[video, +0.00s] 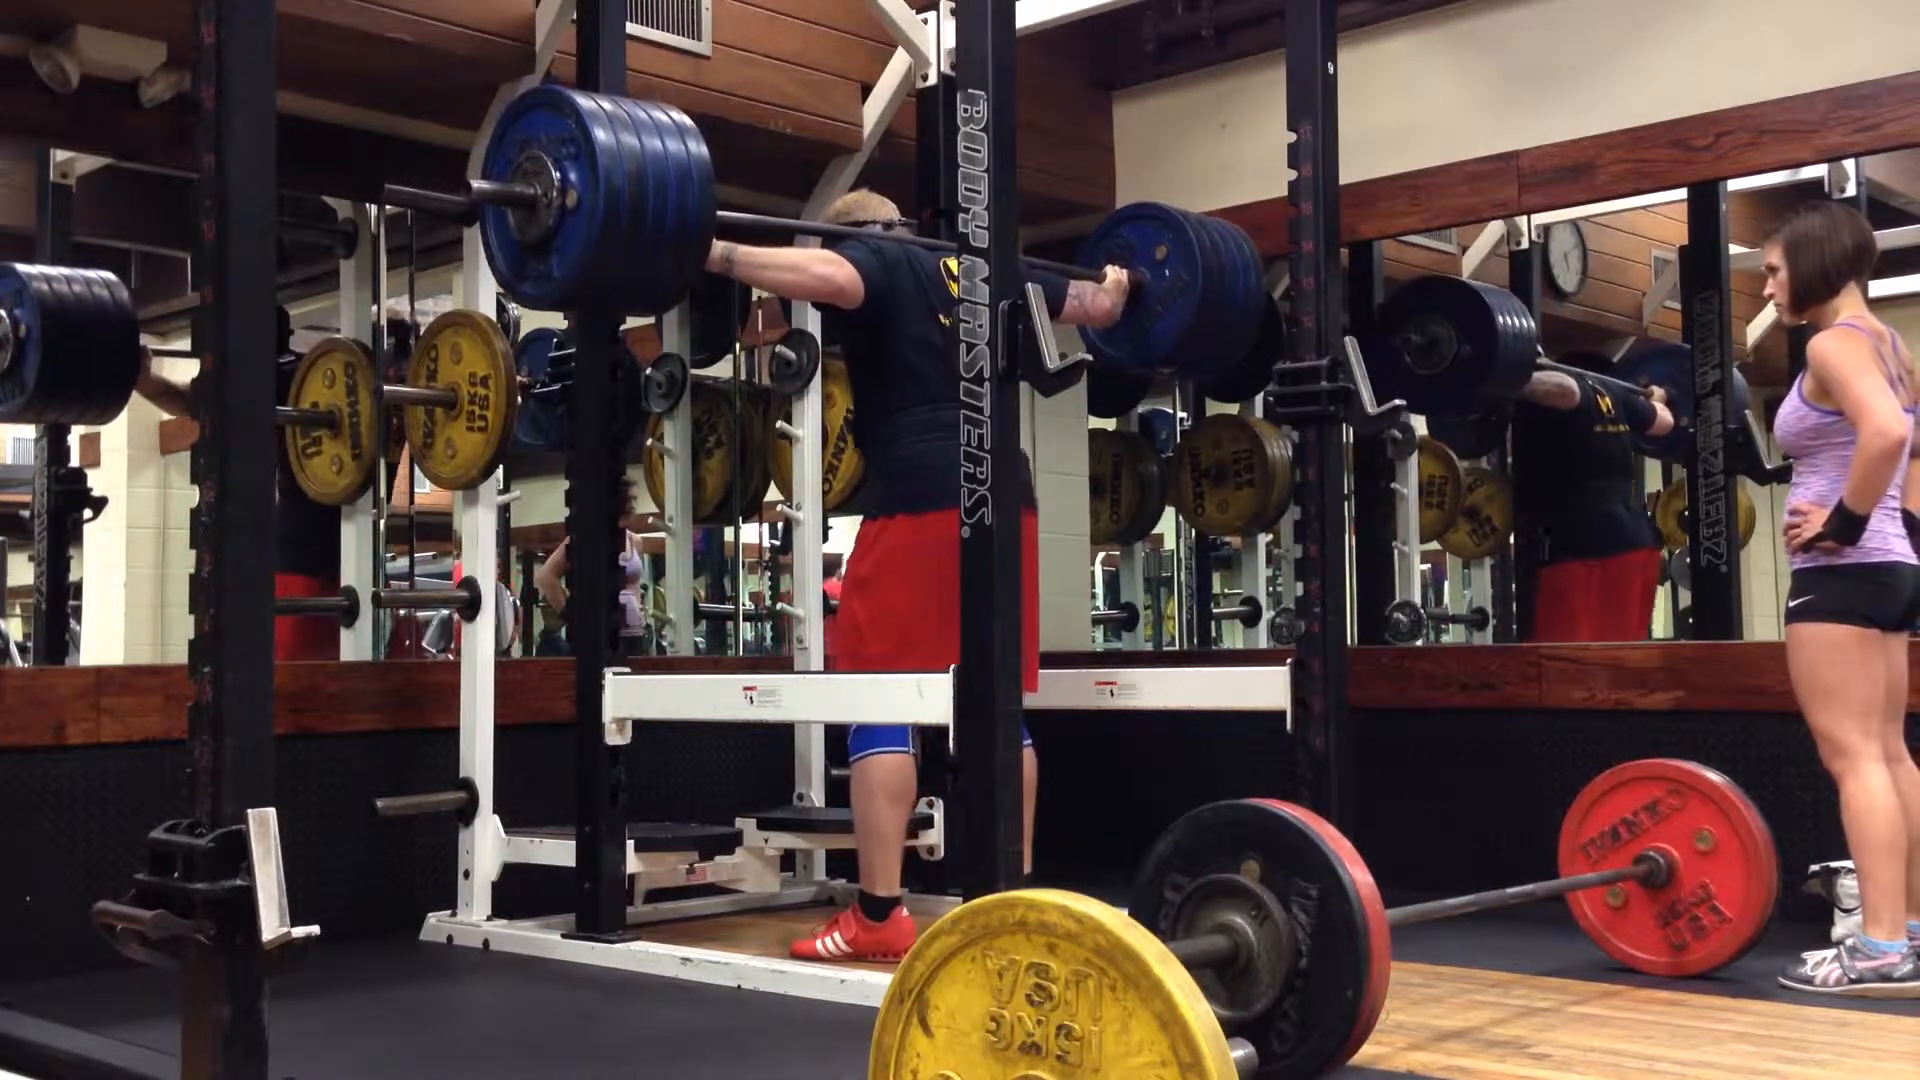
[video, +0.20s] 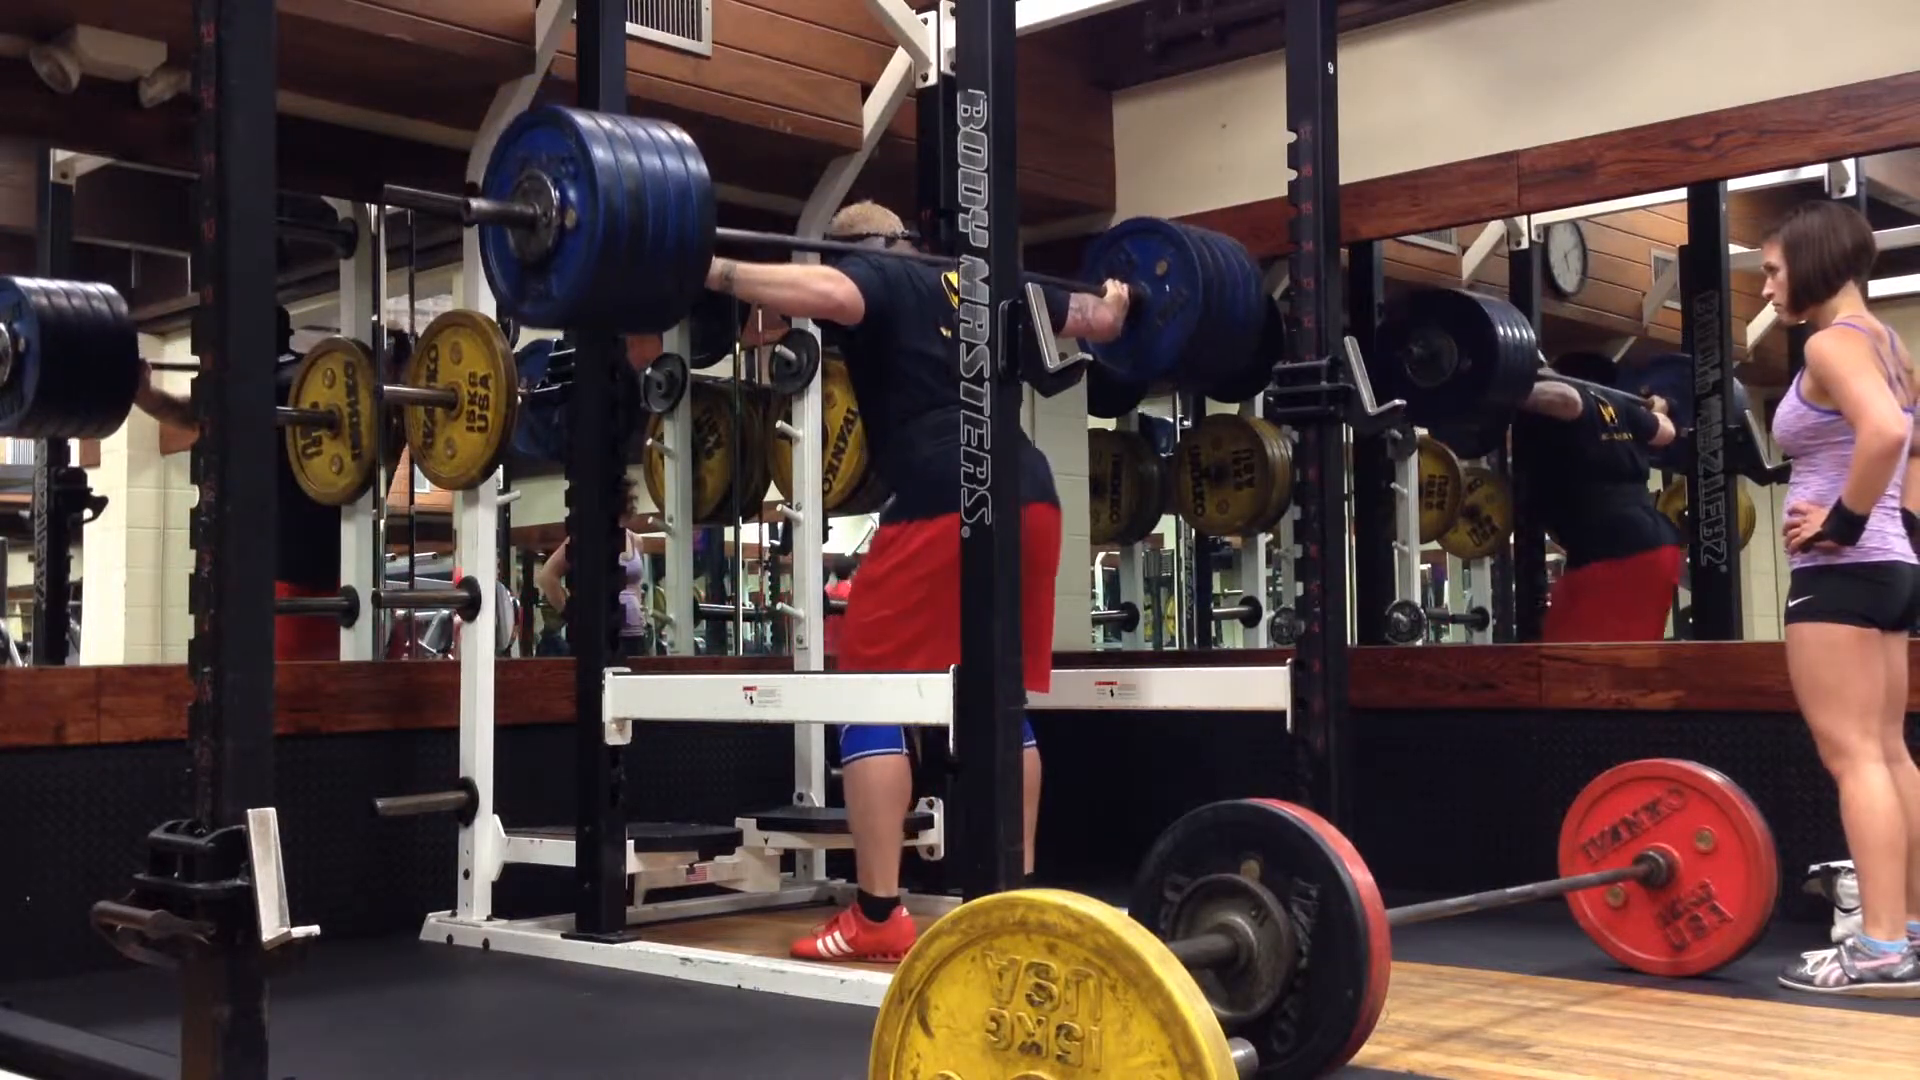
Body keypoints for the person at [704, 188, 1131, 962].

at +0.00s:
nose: (829, 260)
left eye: (830, 246)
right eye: (830, 245)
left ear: (850, 234)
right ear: (902, 220)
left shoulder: (870, 253)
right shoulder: (987, 268)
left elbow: (834, 281)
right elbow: (1093, 304)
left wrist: (721, 252)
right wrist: (1117, 281)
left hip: (918, 505)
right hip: (1009, 506)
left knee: (879, 707)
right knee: (1004, 714)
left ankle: (879, 911)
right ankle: (1012, 902)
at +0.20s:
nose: (831, 279)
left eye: (831, 264)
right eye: (835, 263)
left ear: (848, 253)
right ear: (905, 238)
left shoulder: (870, 269)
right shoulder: (978, 283)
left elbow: (835, 297)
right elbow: (1088, 318)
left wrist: (719, 270)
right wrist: (1114, 305)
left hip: (940, 502)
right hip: (1031, 498)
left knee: (866, 698)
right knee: (1005, 710)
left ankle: (878, 911)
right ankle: (1013, 903)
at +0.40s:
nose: (838, 294)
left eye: (840, 280)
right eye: (839, 283)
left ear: (860, 272)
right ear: (908, 264)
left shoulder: (876, 301)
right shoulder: (970, 313)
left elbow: (835, 328)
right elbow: (1071, 342)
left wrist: (715, 302)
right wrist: (1105, 343)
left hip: (947, 527)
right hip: (1045, 524)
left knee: (851, 703)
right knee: (1006, 713)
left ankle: (876, 911)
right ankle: (1013, 902)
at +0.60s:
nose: (843, 331)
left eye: (844, 318)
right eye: (844, 320)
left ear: (869, 304)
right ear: (910, 297)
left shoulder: (879, 334)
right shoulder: (980, 347)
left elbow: (834, 359)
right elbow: (1094, 378)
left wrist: (719, 335)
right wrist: (1116, 357)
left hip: (962, 550)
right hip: (1057, 551)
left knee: (834, 707)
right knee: (1004, 718)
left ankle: (875, 911)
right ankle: (1014, 899)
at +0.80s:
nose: (844, 350)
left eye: (849, 338)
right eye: (843, 341)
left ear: (880, 329)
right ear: (912, 327)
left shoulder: (878, 365)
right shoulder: (987, 379)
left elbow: (828, 391)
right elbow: (1097, 409)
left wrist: (716, 370)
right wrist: (1116, 380)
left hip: (957, 577)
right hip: (1056, 579)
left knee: (816, 713)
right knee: (1003, 733)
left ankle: (873, 911)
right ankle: (1009, 903)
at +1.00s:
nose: (842, 381)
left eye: (846, 370)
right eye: (842, 373)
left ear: (866, 364)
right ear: (913, 360)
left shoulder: (870, 397)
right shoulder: (986, 405)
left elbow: (836, 432)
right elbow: (1095, 438)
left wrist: (715, 405)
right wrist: (1112, 413)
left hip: (953, 599)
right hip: (1060, 602)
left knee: (804, 720)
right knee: (1002, 738)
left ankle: (873, 912)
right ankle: (1014, 896)